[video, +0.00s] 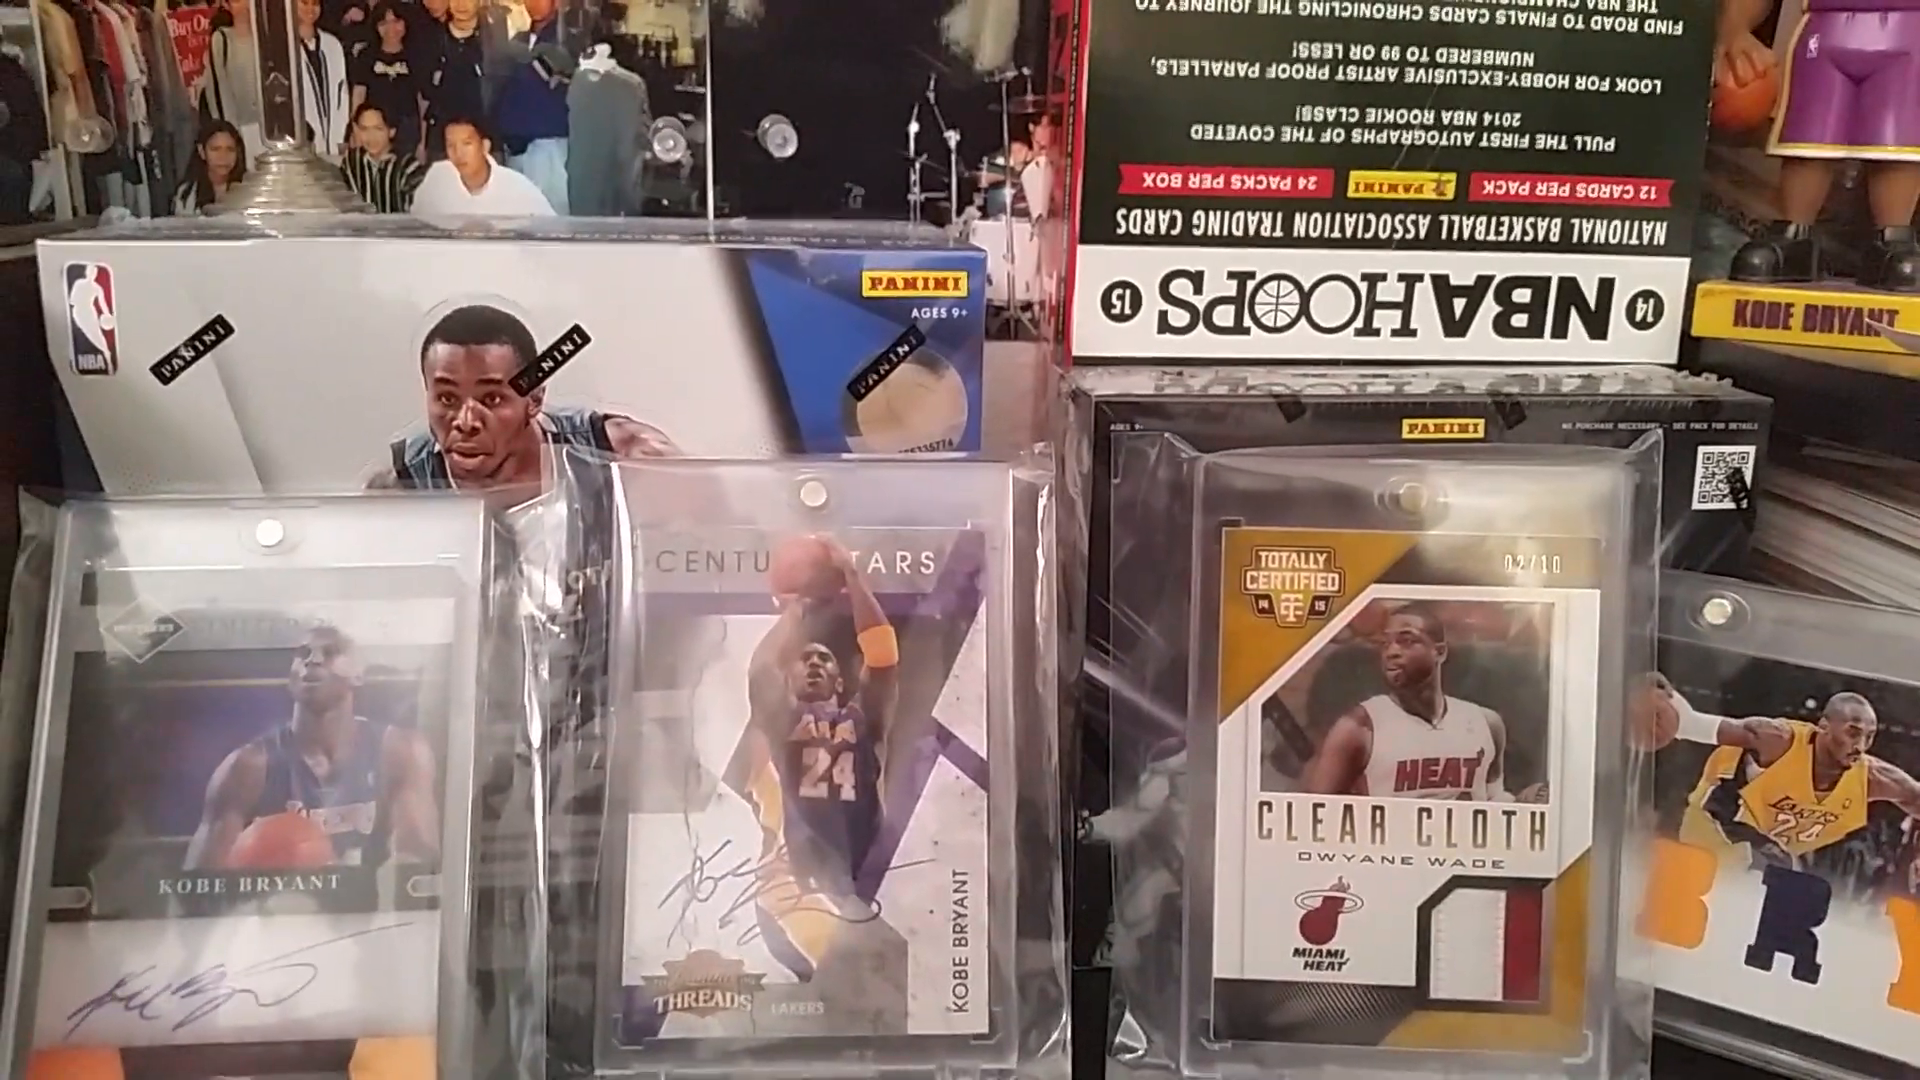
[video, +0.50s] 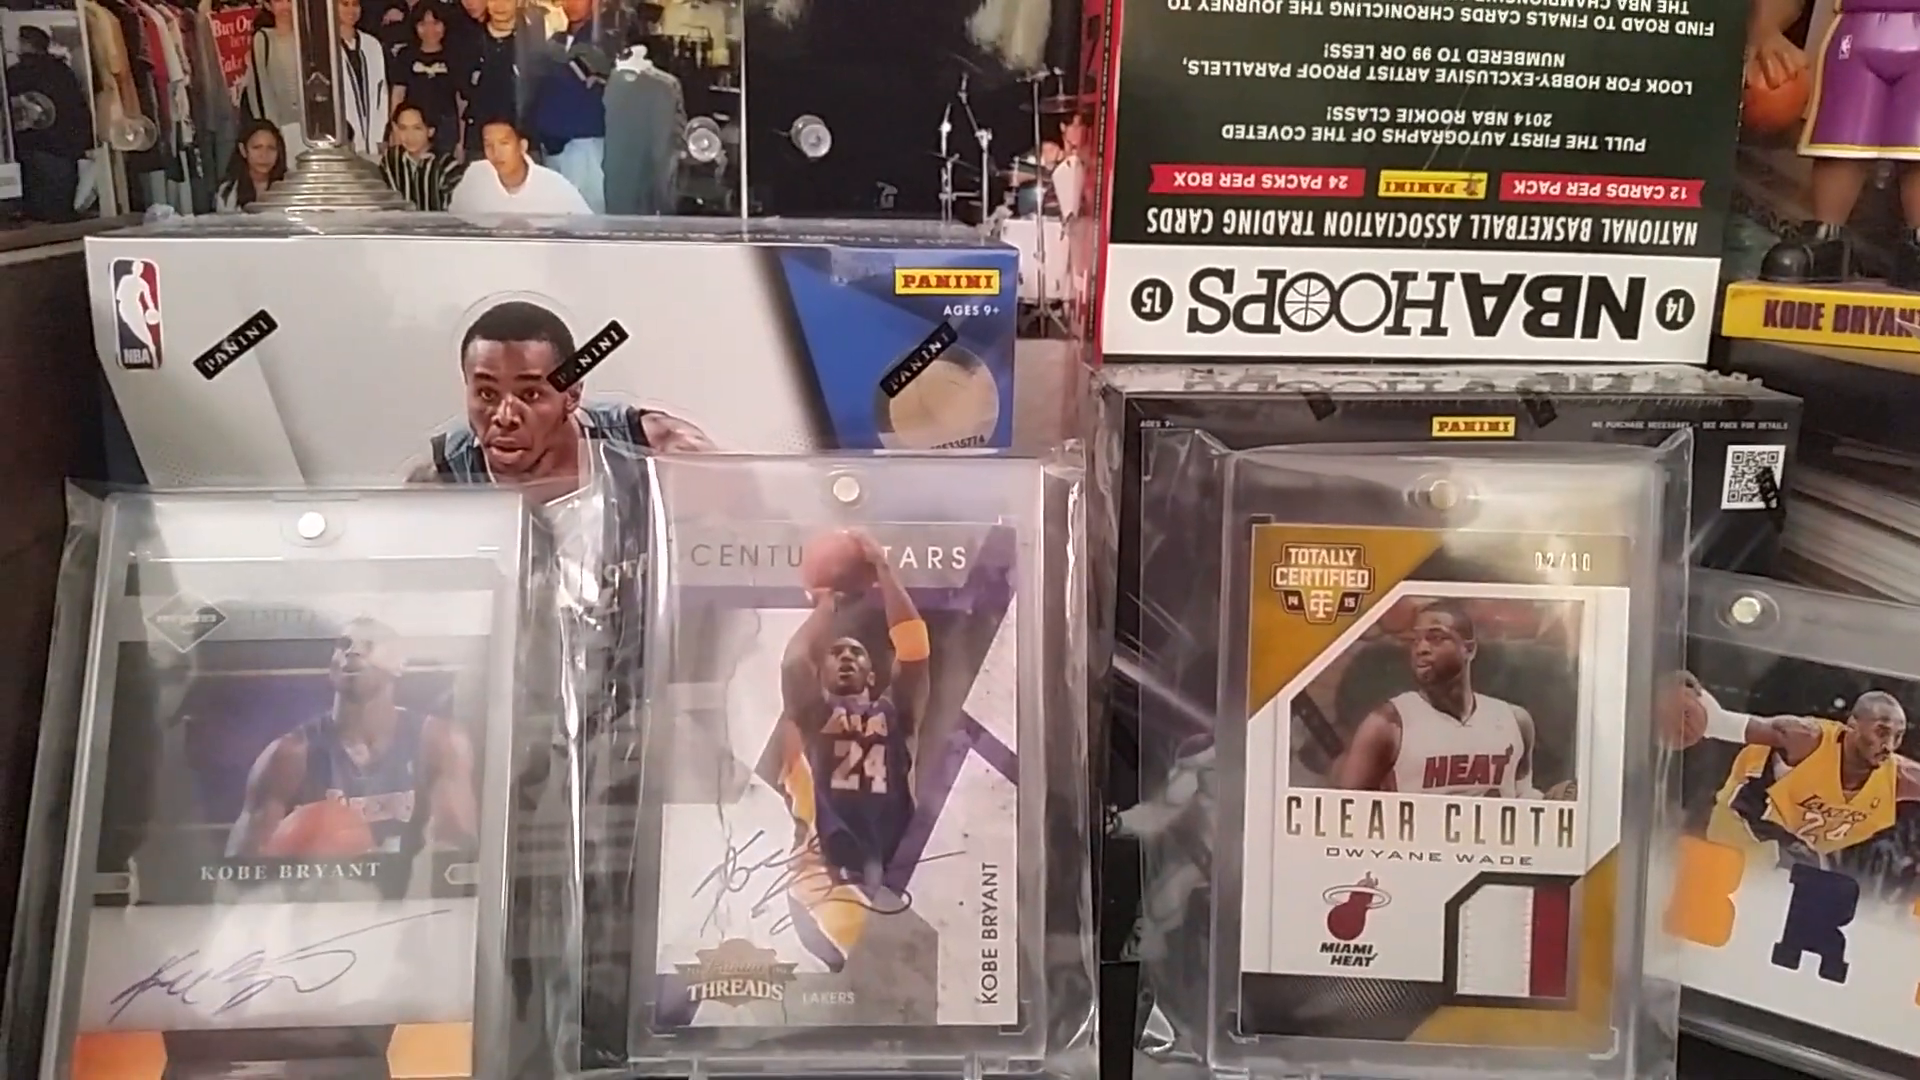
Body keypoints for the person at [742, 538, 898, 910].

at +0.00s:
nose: (814, 665)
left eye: (824, 660)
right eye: (804, 659)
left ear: (839, 680)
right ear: (789, 674)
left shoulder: (863, 721)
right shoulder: (781, 724)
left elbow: (882, 655)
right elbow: (763, 667)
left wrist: (852, 574)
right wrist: (798, 605)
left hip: (848, 888)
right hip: (789, 884)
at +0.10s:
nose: (816, 665)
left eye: (826, 659)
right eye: (807, 659)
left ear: (842, 679)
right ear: (791, 675)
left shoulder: (866, 720)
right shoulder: (785, 724)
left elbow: (885, 654)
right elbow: (767, 666)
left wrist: (855, 575)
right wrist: (799, 605)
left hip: (852, 888)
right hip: (794, 885)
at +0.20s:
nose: (826, 662)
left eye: (837, 657)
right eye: (817, 656)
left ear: (852, 677)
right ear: (802, 671)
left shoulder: (875, 716)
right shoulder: (796, 718)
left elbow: (894, 651)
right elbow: (776, 663)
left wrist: (864, 570)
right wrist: (808, 606)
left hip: (869, 879)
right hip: (809, 877)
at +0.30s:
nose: (831, 661)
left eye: (842, 656)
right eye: (822, 655)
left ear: (857, 676)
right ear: (807, 670)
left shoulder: (880, 715)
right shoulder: (801, 718)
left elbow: (899, 652)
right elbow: (781, 663)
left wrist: (869, 571)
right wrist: (814, 603)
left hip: (868, 882)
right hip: (810, 876)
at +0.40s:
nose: (841, 658)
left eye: (852, 653)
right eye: (831, 652)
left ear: (868, 671)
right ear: (816, 667)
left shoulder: (892, 713)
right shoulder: (811, 717)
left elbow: (908, 647)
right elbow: (792, 660)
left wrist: (880, 570)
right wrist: (822, 601)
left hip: (881, 874)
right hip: (821, 870)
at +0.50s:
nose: (846, 658)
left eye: (857, 653)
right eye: (836, 653)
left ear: (871, 672)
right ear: (821, 669)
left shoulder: (896, 713)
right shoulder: (815, 717)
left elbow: (913, 644)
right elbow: (795, 661)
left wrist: (883, 568)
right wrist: (826, 603)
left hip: (886, 864)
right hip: (824, 861)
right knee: (846, 925)